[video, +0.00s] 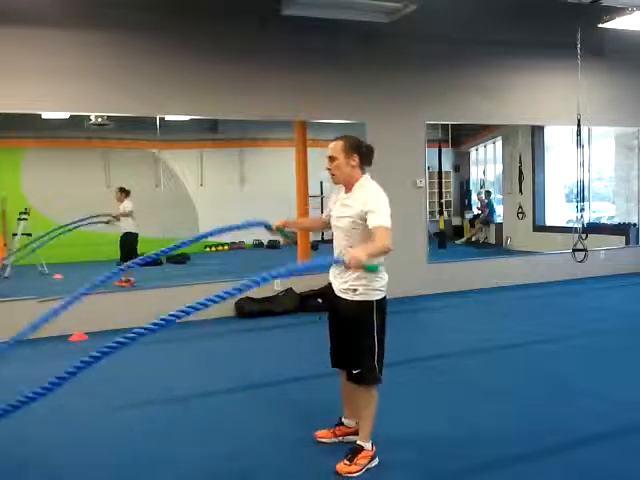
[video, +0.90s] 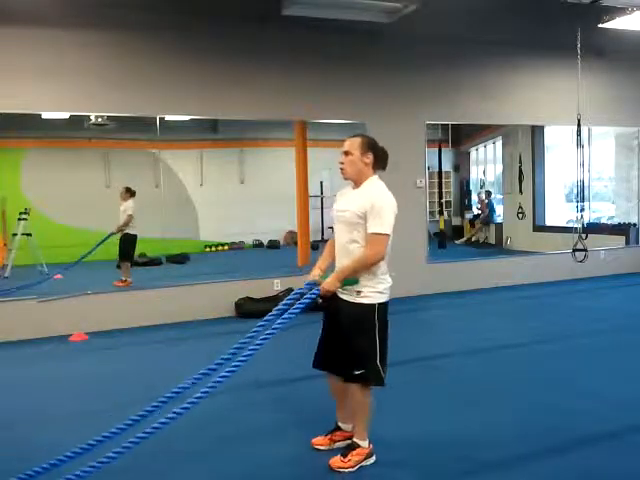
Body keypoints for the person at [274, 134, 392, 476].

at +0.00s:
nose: (328, 166)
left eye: (333, 160)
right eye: (328, 160)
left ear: (354, 162)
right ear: (344, 163)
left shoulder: (372, 194)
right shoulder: (340, 194)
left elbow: (383, 241)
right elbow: (326, 223)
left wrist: (363, 252)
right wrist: (290, 225)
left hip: (366, 296)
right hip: (341, 292)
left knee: (366, 373)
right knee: (346, 366)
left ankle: (366, 446)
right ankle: (349, 424)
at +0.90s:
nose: (341, 159)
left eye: (347, 154)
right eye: (341, 154)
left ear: (368, 159)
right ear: (353, 161)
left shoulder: (380, 197)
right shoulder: (345, 194)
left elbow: (375, 253)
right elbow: (338, 237)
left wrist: (337, 277)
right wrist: (321, 266)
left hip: (367, 300)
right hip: (341, 296)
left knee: (359, 376)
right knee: (335, 368)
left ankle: (362, 444)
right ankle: (346, 429)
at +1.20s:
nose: (351, 163)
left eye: (358, 157)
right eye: (353, 158)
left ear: (377, 166)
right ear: (367, 166)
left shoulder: (388, 201)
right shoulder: (350, 200)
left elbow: (379, 245)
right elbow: (328, 229)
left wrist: (341, 252)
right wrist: (308, 242)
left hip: (371, 299)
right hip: (344, 292)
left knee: (353, 370)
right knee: (328, 362)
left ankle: (359, 441)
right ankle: (342, 425)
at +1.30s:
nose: (355, 151)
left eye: (362, 145)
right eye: (355, 146)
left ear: (383, 151)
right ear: (361, 153)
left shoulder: (396, 179)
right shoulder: (354, 183)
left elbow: (395, 194)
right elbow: (322, 191)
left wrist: (359, 200)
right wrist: (296, 200)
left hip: (376, 282)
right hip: (348, 277)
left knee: (365, 357)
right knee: (329, 346)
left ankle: (373, 438)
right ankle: (334, 410)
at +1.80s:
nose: (333, 150)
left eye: (339, 144)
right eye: (334, 144)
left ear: (358, 148)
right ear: (347, 149)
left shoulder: (374, 181)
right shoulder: (336, 182)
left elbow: (376, 204)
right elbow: (320, 211)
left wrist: (340, 209)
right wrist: (283, 213)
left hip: (357, 276)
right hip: (328, 271)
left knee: (338, 354)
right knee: (307, 344)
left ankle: (339, 436)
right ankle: (310, 414)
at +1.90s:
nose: (333, 160)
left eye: (339, 154)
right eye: (334, 154)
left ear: (358, 160)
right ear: (348, 159)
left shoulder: (370, 195)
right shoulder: (335, 189)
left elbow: (346, 234)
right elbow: (316, 222)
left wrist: (302, 242)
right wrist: (281, 221)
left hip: (350, 291)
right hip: (325, 283)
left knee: (317, 367)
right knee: (299, 359)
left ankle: (312, 443)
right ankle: (303, 433)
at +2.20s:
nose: (333, 146)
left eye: (340, 141)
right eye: (333, 141)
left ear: (359, 149)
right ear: (339, 149)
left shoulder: (369, 177)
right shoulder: (328, 179)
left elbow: (377, 209)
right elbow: (294, 194)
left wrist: (332, 220)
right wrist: (255, 196)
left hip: (348, 284)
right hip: (318, 277)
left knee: (339, 363)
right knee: (302, 347)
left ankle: (338, 443)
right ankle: (295, 412)